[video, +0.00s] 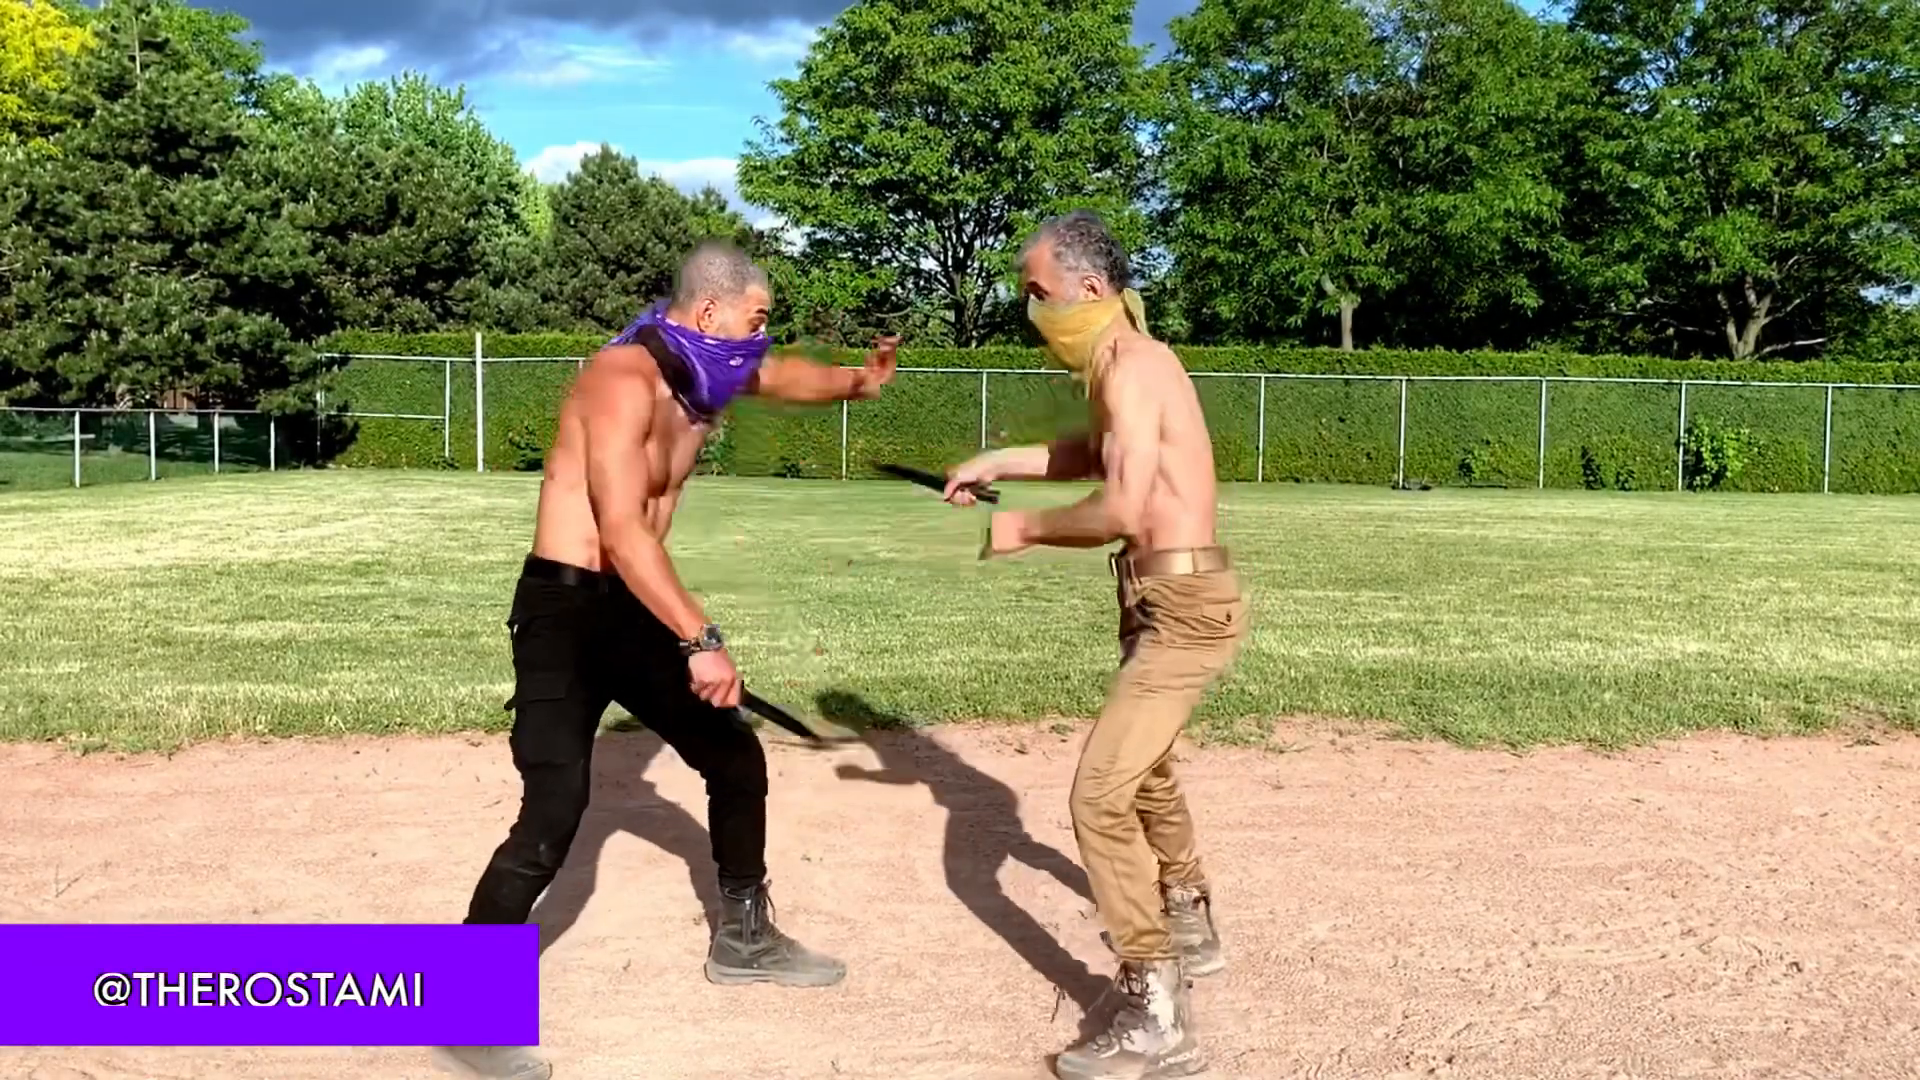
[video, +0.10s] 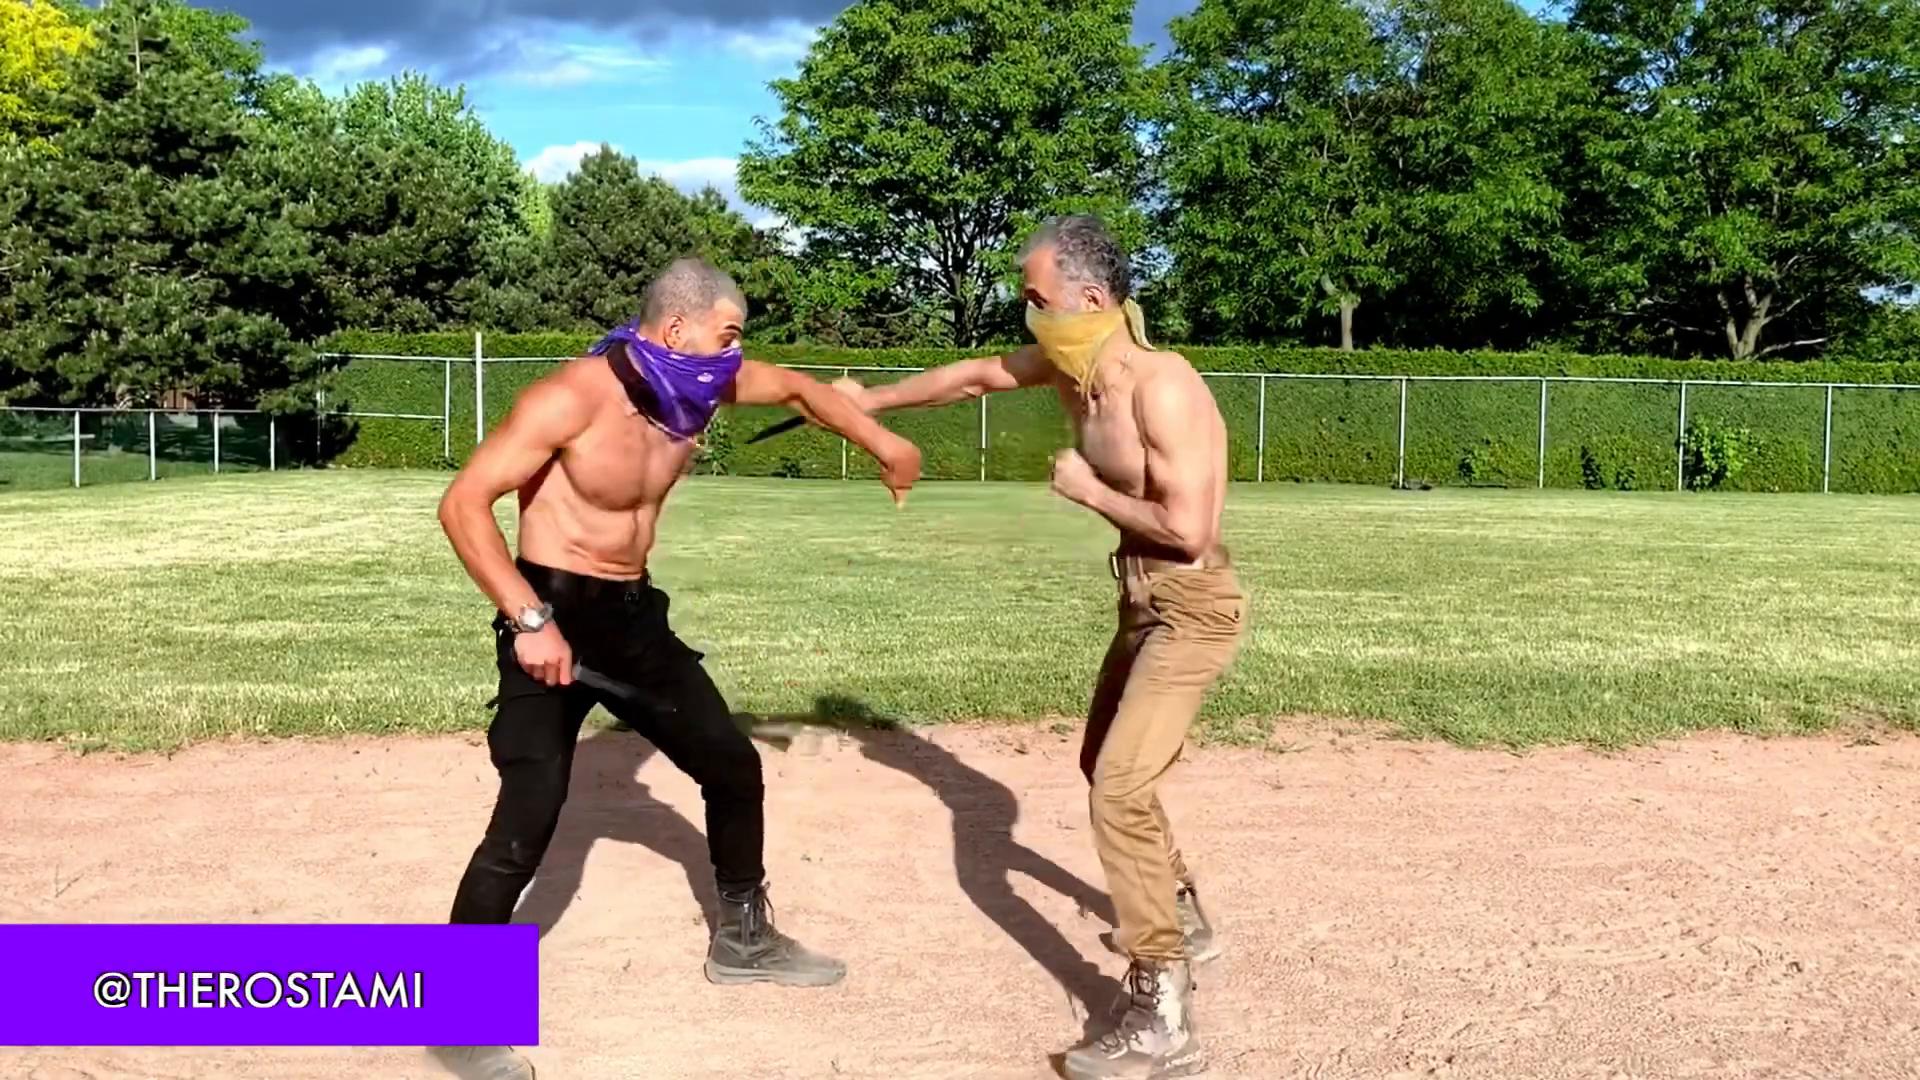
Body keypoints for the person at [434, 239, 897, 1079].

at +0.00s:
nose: (763, 332)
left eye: (764, 319)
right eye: (756, 316)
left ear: (713, 309)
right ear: (707, 310)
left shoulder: (705, 370)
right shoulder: (623, 379)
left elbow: (785, 377)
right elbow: (623, 529)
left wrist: (860, 382)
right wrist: (700, 637)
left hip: (634, 609)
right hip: (561, 609)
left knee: (736, 761)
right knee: (552, 811)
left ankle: (744, 935)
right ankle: (463, 998)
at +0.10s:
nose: (735, 353)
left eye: (738, 338)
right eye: (726, 336)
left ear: (686, 332)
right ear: (672, 330)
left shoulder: (698, 384)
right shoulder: (576, 394)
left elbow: (798, 387)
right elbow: (462, 502)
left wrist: (881, 440)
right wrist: (527, 617)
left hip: (632, 613)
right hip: (547, 612)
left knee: (733, 768)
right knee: (527, 816)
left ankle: (743, 935)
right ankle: (453, 1007)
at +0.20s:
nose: (707, 404)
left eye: (712, 387)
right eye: (695, 388)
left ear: (684, 371)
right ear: (642, 367)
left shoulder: (653, 410)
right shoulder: (550, 429)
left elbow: (666, 443)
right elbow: (443, 489)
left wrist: (725, 476)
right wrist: (488, 604)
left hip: (634, 618)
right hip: (543, 626)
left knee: (736, 758)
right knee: (515, 817)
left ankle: (740, 932)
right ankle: (446, 1006)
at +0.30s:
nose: (710, 370)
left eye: (714, 355)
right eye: (701, 354)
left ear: (659, 348)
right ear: (648, 349)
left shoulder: (649, 407)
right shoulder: (554, 428)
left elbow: (638, 479)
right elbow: (455, 533)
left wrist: (701, 475)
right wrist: (537, 628)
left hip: (627, 616)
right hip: (546, 629)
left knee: (728, 757)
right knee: (543, 821)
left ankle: (724, 936)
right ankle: (451, 1010)